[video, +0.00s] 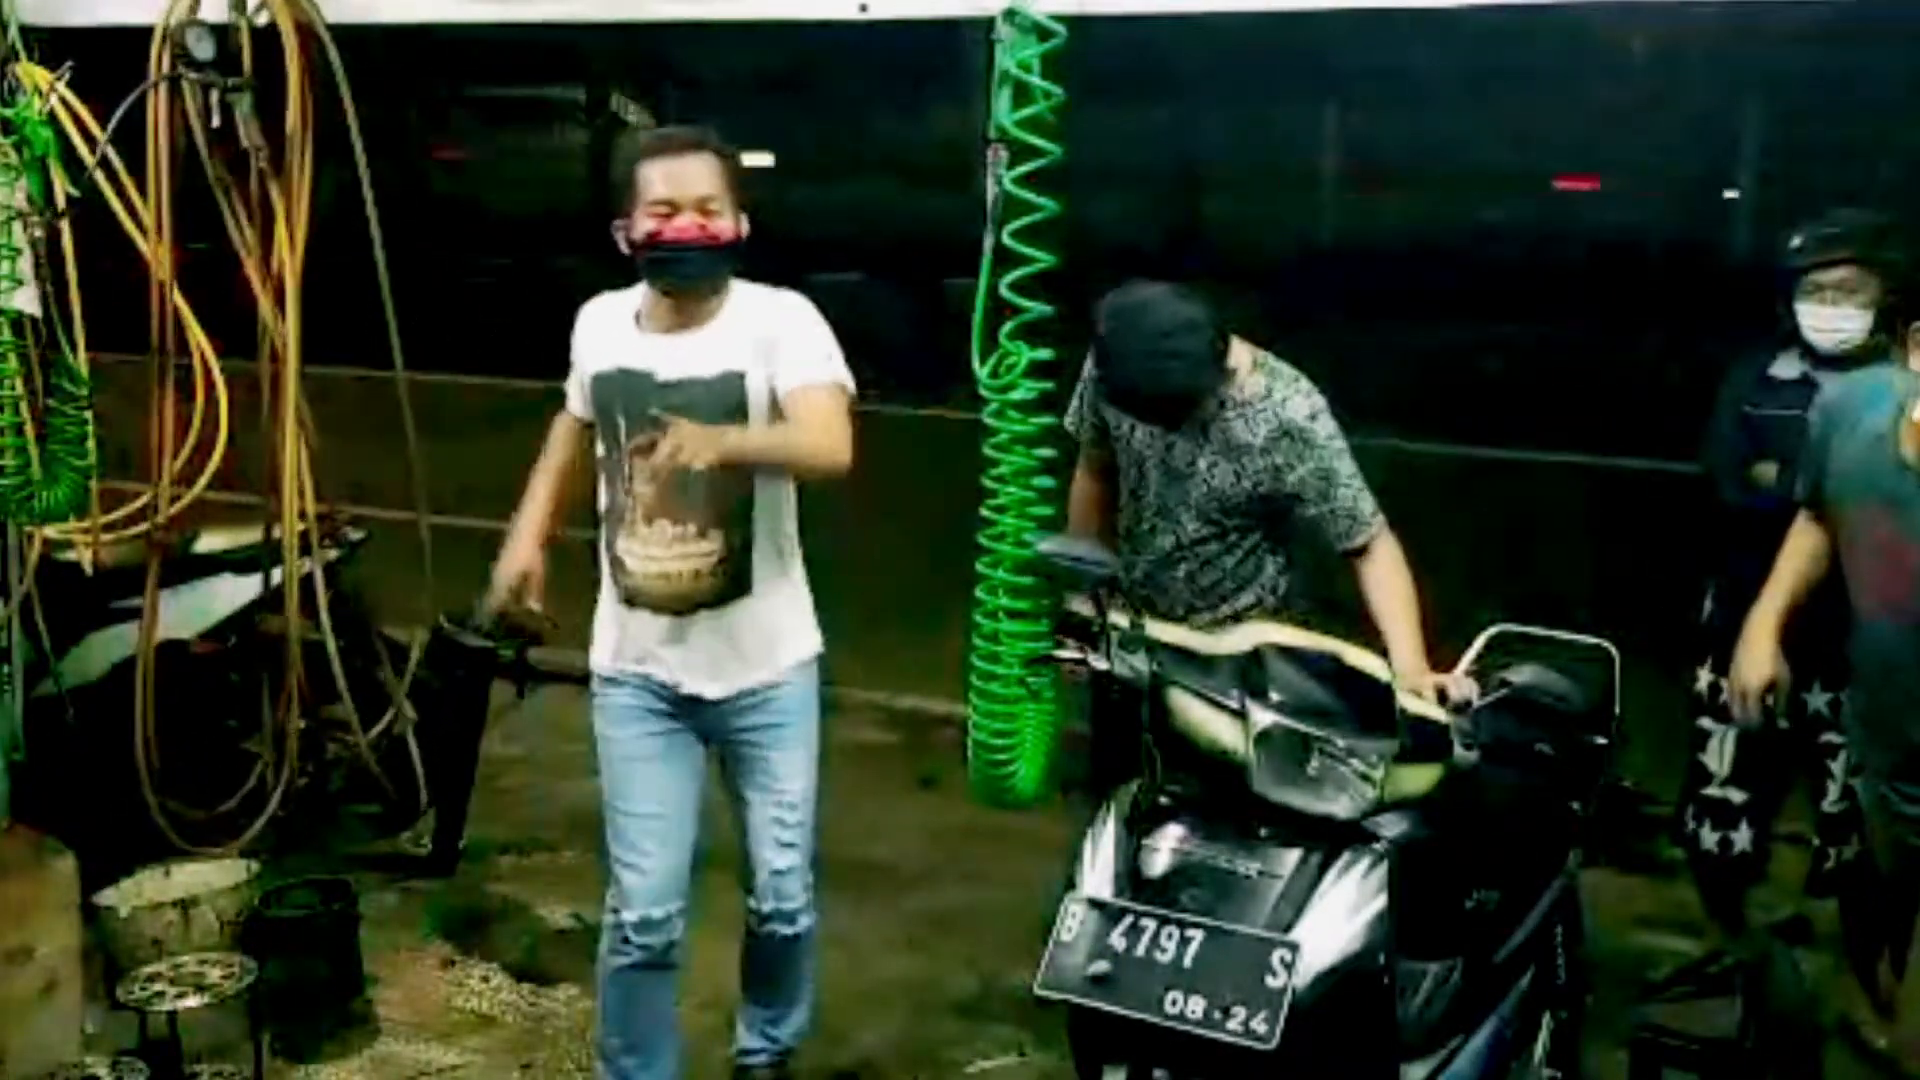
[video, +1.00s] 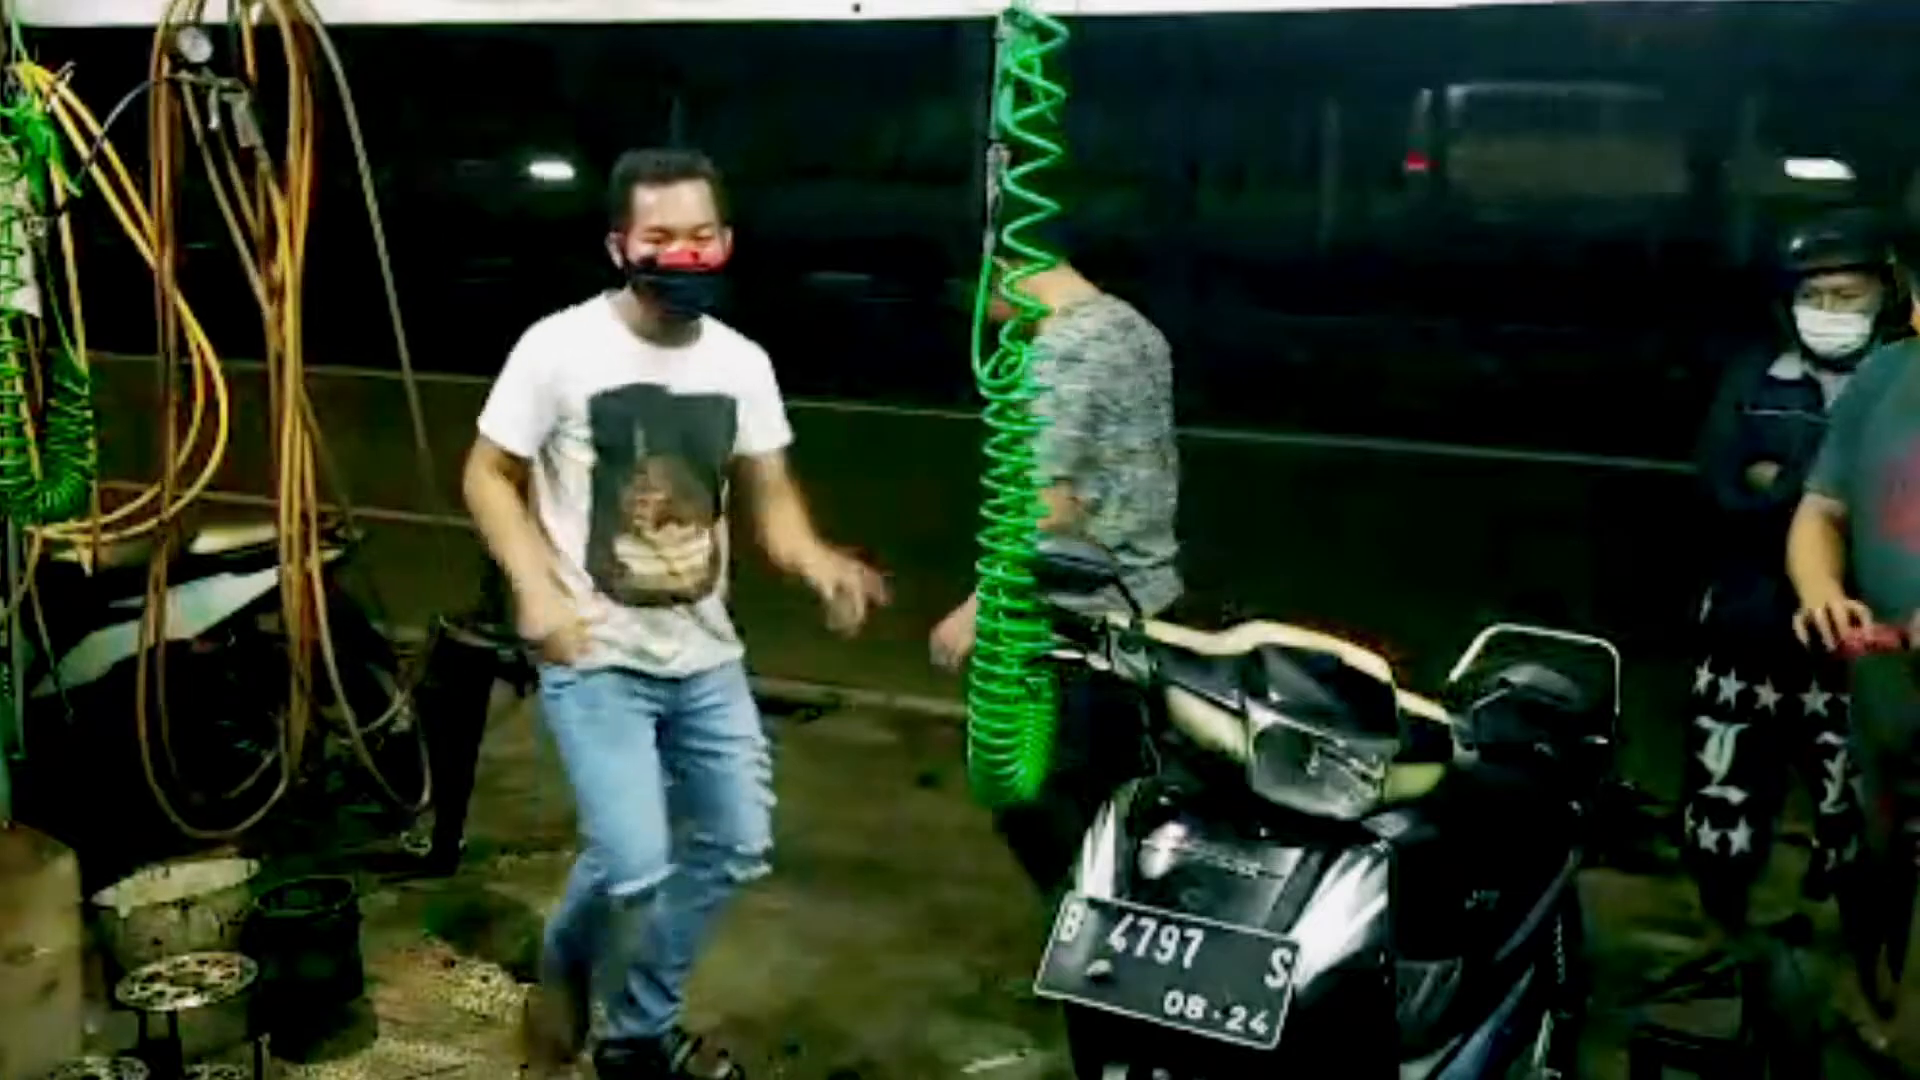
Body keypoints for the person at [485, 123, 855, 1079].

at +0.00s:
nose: (687, 229)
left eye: (707, 211)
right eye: (665, 212)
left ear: (737, 221)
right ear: (630, 228)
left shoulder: (783, 321)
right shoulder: (602, 325)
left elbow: (830, 445)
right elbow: (573, 430)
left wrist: (721, 442)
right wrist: (528, 534)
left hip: (766, 659)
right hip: (637, 662)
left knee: (780, 894)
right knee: (644, 913)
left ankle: (765, 1054)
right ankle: (634, 1072)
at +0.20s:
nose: (674, 234)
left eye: (687, 213)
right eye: (649, 216)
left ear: (713, 220)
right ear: (604, 235)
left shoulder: (764, 330)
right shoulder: (544, 349)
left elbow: (825, 471)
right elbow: (476, 469)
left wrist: (815, 576)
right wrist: (456, 582)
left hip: (738, 667)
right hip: (609, 678)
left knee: (784, 901)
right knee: (634, 937)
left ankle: (761, 1050)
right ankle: (635, 1072)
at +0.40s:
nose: (678, 268)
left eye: (690, 244)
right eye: (650, 250)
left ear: (713, 248)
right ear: (598, 266)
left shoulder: (737, 371)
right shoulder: (547, 397)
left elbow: (762, 505)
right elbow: (471, 553)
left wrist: (801, 631)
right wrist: (535, 631)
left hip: (714, 698)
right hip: (592, 716)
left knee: (778, 902)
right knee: (640, 968)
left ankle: (673, 1003)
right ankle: (641, 1061)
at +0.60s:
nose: (692, 247)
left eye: (706, 225)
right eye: (665, 230)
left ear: (727, 229)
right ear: (619, 245)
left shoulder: (698, 330)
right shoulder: (585, 351)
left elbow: (689, 456)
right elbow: (490, 476)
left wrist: (717, 526)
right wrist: (639, 479)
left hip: (694, 661)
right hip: (597, 676)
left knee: (713, 870)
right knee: (660, 915)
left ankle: (647, 1030)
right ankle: (636, 1068)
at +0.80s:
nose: (700, 241)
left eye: (715, 219)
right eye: (675, 223)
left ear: (735, 222)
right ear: (631, 232)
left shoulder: (712, 313)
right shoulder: (590, 335)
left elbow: (694, 431)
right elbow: (502, 468)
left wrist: (729, 515)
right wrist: (628, 489)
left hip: (692, 635)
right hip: (596, 649)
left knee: (704, 851)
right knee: (638, 878)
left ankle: (650, 1034)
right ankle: (620, 1067)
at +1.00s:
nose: (681, 258)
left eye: (698, 237)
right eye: (660, 238)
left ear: (722, 240)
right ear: (621, 242)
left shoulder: (741, 363)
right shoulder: (556, 350)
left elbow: (773, 501)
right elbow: (487, 474)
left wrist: (818, 561)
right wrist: (536, 588)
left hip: (705, 655)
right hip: (593, 655)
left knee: (732, 847)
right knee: (632, 862)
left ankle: (639, 1034)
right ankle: (560, 967)